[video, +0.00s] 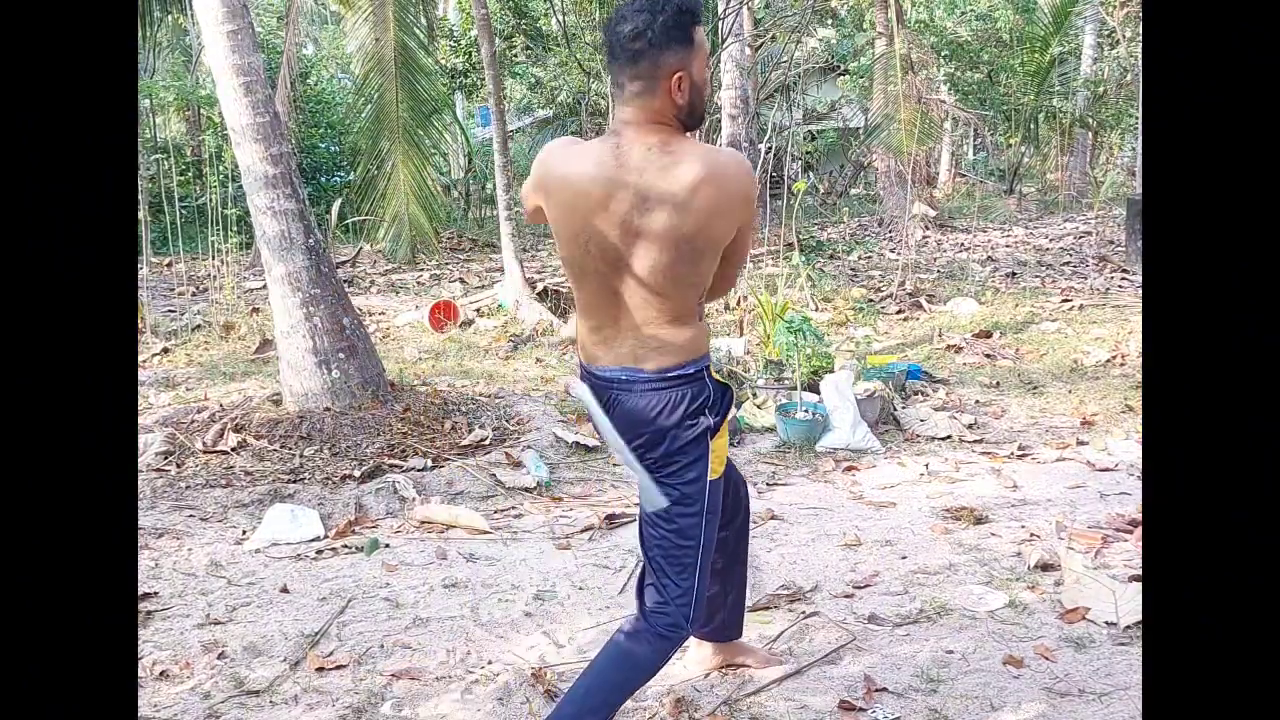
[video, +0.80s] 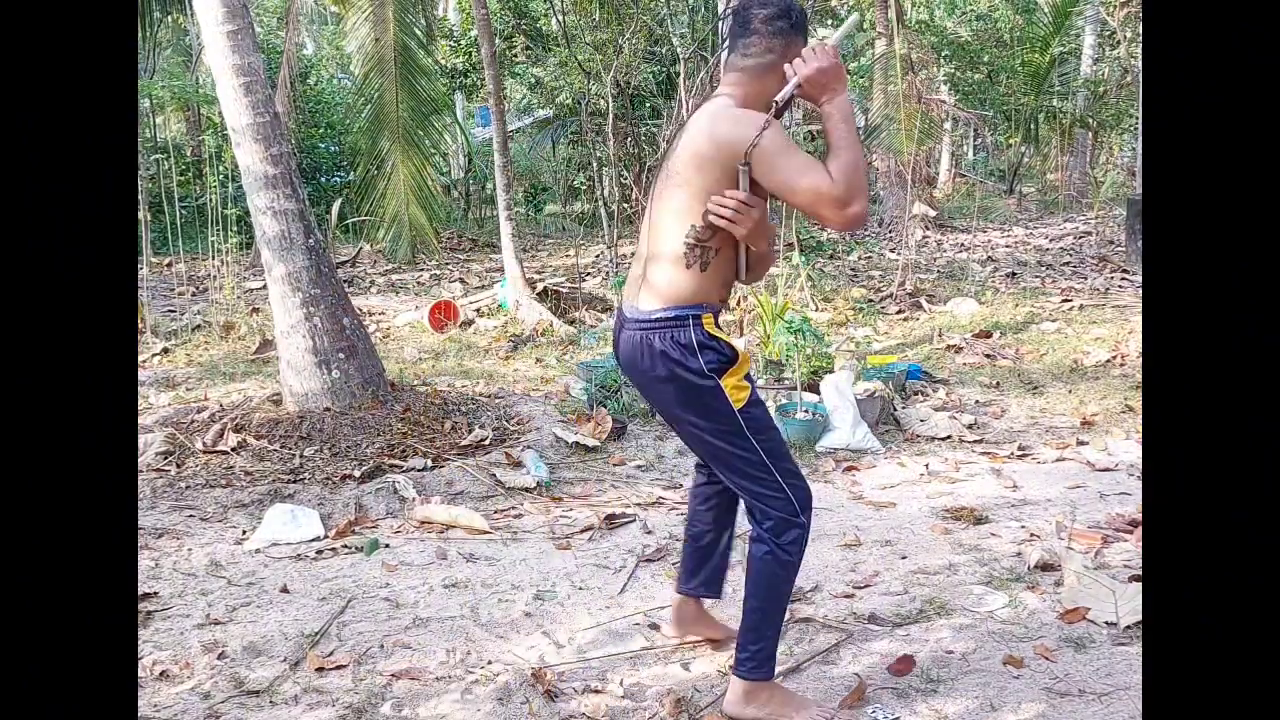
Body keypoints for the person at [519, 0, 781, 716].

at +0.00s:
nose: (707, 80)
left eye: (706, 67)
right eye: (703, 68)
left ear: (617, 76)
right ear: (678, 83)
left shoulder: (558, 163)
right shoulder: (730, 177)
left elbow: (538, 211)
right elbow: (719, 282)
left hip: (603, 389)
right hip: (678, 398)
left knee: (727, 492)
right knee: (667, 616)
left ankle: (721, 640)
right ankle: (562, 717)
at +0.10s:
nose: (703, 82)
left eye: (703, 70)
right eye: (701, 70)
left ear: (617, 76)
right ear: (683, 75)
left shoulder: (563, 165)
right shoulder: (728, 172)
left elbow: (522, 262)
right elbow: (770, 303)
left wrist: (597, 241)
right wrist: (723, 351)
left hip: (597, 402)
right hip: (675, 407)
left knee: (714, 494)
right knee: (663, 620)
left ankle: (720, 639)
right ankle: (561, 717)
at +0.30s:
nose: (729, 100)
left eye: (726, 90)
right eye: (729, 89)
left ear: (657, 86)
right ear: (715, 86)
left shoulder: (605, 167)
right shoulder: (737, 144)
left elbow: (587, 286)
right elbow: (827, 232)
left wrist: (700, 266)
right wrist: (805, 335)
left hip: (604, 379)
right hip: (673, 387)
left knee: (715, 490)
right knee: (649, 589)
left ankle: (716, 639)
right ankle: (556, 713)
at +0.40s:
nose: (751, 89)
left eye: (751, 79)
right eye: (753, 79)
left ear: (684, 74)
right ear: (740, 74)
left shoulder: (645, 143)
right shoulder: (738, 128)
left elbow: (638, 253)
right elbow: (811, 220)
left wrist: (715, 269)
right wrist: (848, 301)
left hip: (627, 347)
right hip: (672, 350)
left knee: (728, 483)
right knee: (697, 552)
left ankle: (715, 637)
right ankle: (580, 708)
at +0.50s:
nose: (767, 91)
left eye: (767, 80)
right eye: (769, 78)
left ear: (704, 68)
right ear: (754, 67)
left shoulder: (677, 129)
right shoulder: (725, 119)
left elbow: (651, 262)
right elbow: (776, 207)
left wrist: (725, 276)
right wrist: (873, 216)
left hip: (638, 337)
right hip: (671, 339)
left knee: (728, 492)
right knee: (760, 529)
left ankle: (715, 632)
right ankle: (633, 684)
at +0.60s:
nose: (786, 84)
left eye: (787, 73)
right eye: (789, 70)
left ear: (719, 55)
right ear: (776, 60)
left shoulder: (693, 122)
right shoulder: (721, 116)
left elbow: (700, 259)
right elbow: (776, 209)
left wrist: (755, 272)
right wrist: (826, 135)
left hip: (648, 331)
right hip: (680, 333)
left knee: (734, 488)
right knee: (797, 499)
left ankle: (713, 647)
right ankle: (737, 687)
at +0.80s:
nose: (808, 79)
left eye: (811, 65)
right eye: (807, 67)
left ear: (727, 58)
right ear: (792, 65)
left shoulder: (702, 123)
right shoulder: (744, 129)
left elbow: (754, 268)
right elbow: (846, 208)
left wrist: (760, 233)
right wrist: (834, 101)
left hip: (640, 333)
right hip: (682, 339)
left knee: (722, 465)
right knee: (785, 505)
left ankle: (690, 607)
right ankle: (753, 684)